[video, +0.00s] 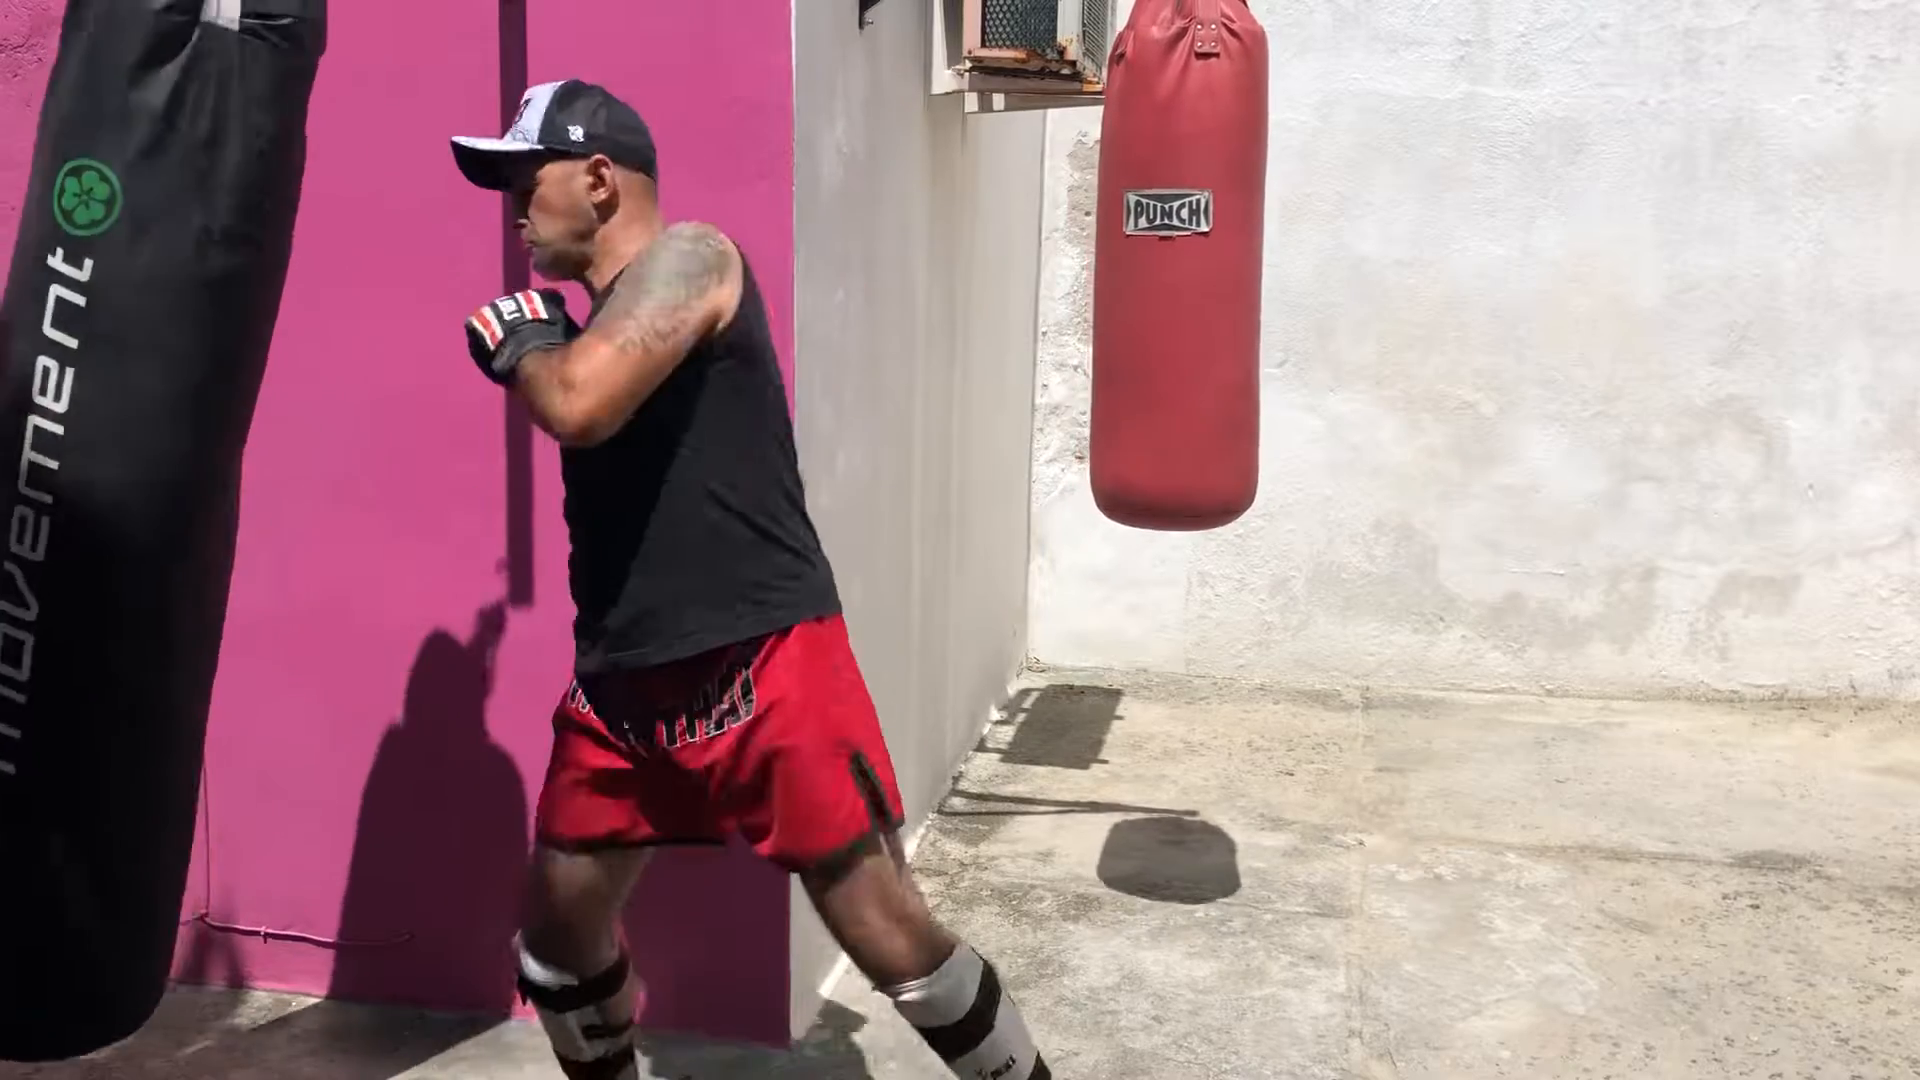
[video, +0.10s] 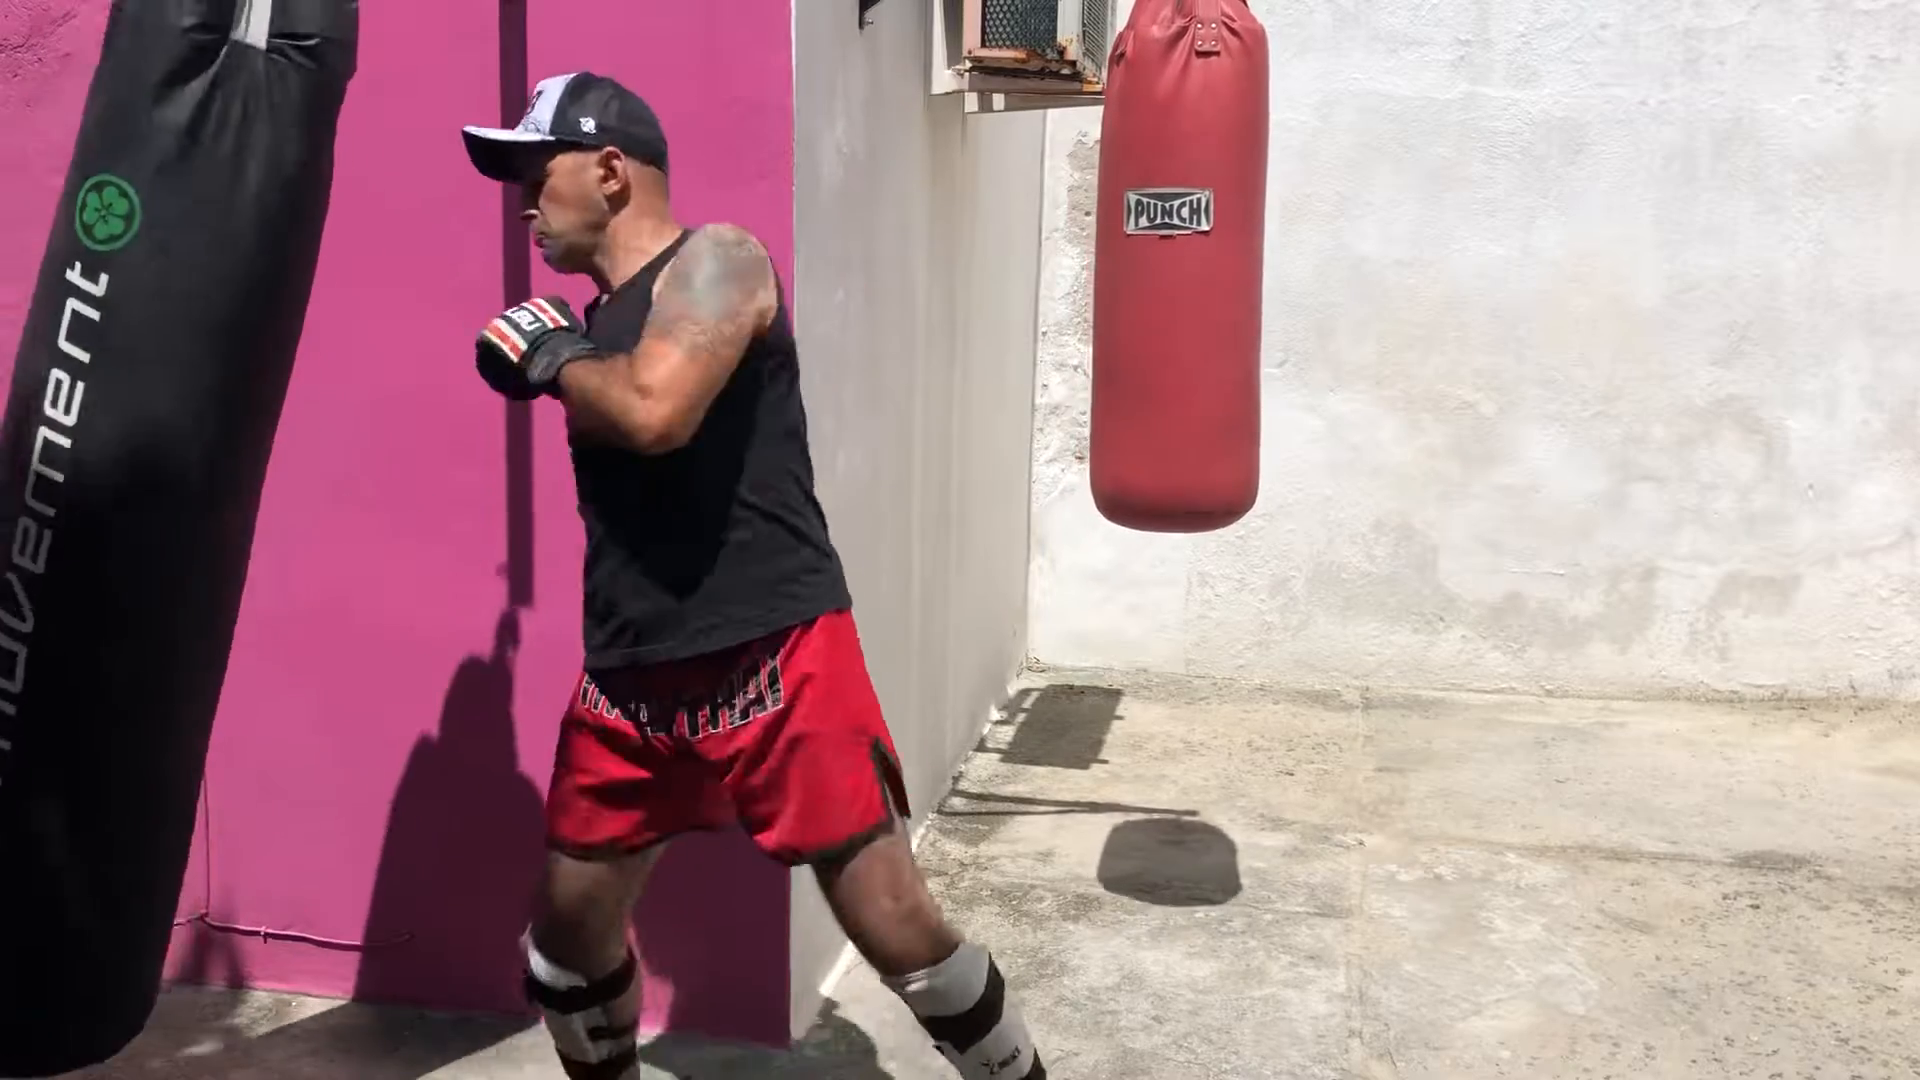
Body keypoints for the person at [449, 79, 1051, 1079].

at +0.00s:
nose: (514, 201)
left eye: (528, 178)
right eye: (513, 183)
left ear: (601, 178)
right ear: (593, 185)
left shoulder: (693, 253)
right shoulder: (592, 321)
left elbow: (577, 404)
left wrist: (524, 347)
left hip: (770, 653)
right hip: (625, 674)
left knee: (886, 935)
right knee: (563, 929)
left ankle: (1021, 1074)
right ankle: (611, 1076)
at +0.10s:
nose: (524, 193)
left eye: (539, 170)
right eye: (522, 174)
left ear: (611, 172)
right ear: (602, 179)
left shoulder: (722, 257)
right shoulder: (596, 323)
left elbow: (652, 410)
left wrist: (556, 358)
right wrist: (550, 371)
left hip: (780, 651)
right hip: (633, 669)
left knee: (896, 930)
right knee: (572, 923)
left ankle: (1018, 1072)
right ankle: (609, 1075)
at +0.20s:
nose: (592, 209)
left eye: (612, 185)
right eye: (592, 186)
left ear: (691, 190)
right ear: (672, 192)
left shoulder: (800, 298)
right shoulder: (608, 334)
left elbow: (806, 445)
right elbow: (522, 477)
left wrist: (654, 377)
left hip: (830, 659)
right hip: (668, 685)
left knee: (924, 869)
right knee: (581, 915)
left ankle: (1021, 1071)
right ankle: (599, 1077)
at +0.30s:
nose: (668, 233)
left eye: (689, 206)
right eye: (670, 207)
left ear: (767, 213)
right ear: (755, 215)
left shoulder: (870, 321)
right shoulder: (705, 351)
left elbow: (814, 469)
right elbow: (630, 484)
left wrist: (689, 377)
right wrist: (504, 488)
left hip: (858, 697)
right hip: (700, 700)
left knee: (972, 960)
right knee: (582, 931)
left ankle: (1090, 1074)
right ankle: (597, 1076)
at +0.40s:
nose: (741, 205)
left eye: (757, 182)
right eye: (740, 184)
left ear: (833, 187)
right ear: (821, 191)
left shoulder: (938, 288)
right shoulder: (797, 313)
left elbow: (835, 447)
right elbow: (777, 475)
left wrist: (725, 350)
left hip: (933, 673)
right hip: (790, 667)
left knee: (1014, 951)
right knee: (682, 899)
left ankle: (1113, 1077)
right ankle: (612, 1071)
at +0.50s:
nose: (800, 166)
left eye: (818, 145)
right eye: (798, 143)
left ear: (896, 147)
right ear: (877, 150)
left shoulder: (995, 241)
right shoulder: (861, 261)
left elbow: (903, 408)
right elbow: (857, 418)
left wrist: (764, 322)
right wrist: (770, 317)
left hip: (1000, 628)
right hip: (867, 622)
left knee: (1048, 913)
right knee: (769, 846)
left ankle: (1126, 1067)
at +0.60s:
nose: (853, 160)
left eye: (872, 137)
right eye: (851, 136)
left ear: (951, 138)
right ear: (934, 141)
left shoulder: (1051, 237)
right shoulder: (905, 247)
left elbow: (986, 407)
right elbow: (856, 405)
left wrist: (833, 337)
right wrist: (772, 324)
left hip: (1050, 605)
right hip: (926, 607)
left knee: (1065, 894)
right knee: (908, 859)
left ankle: (1133, 1063)